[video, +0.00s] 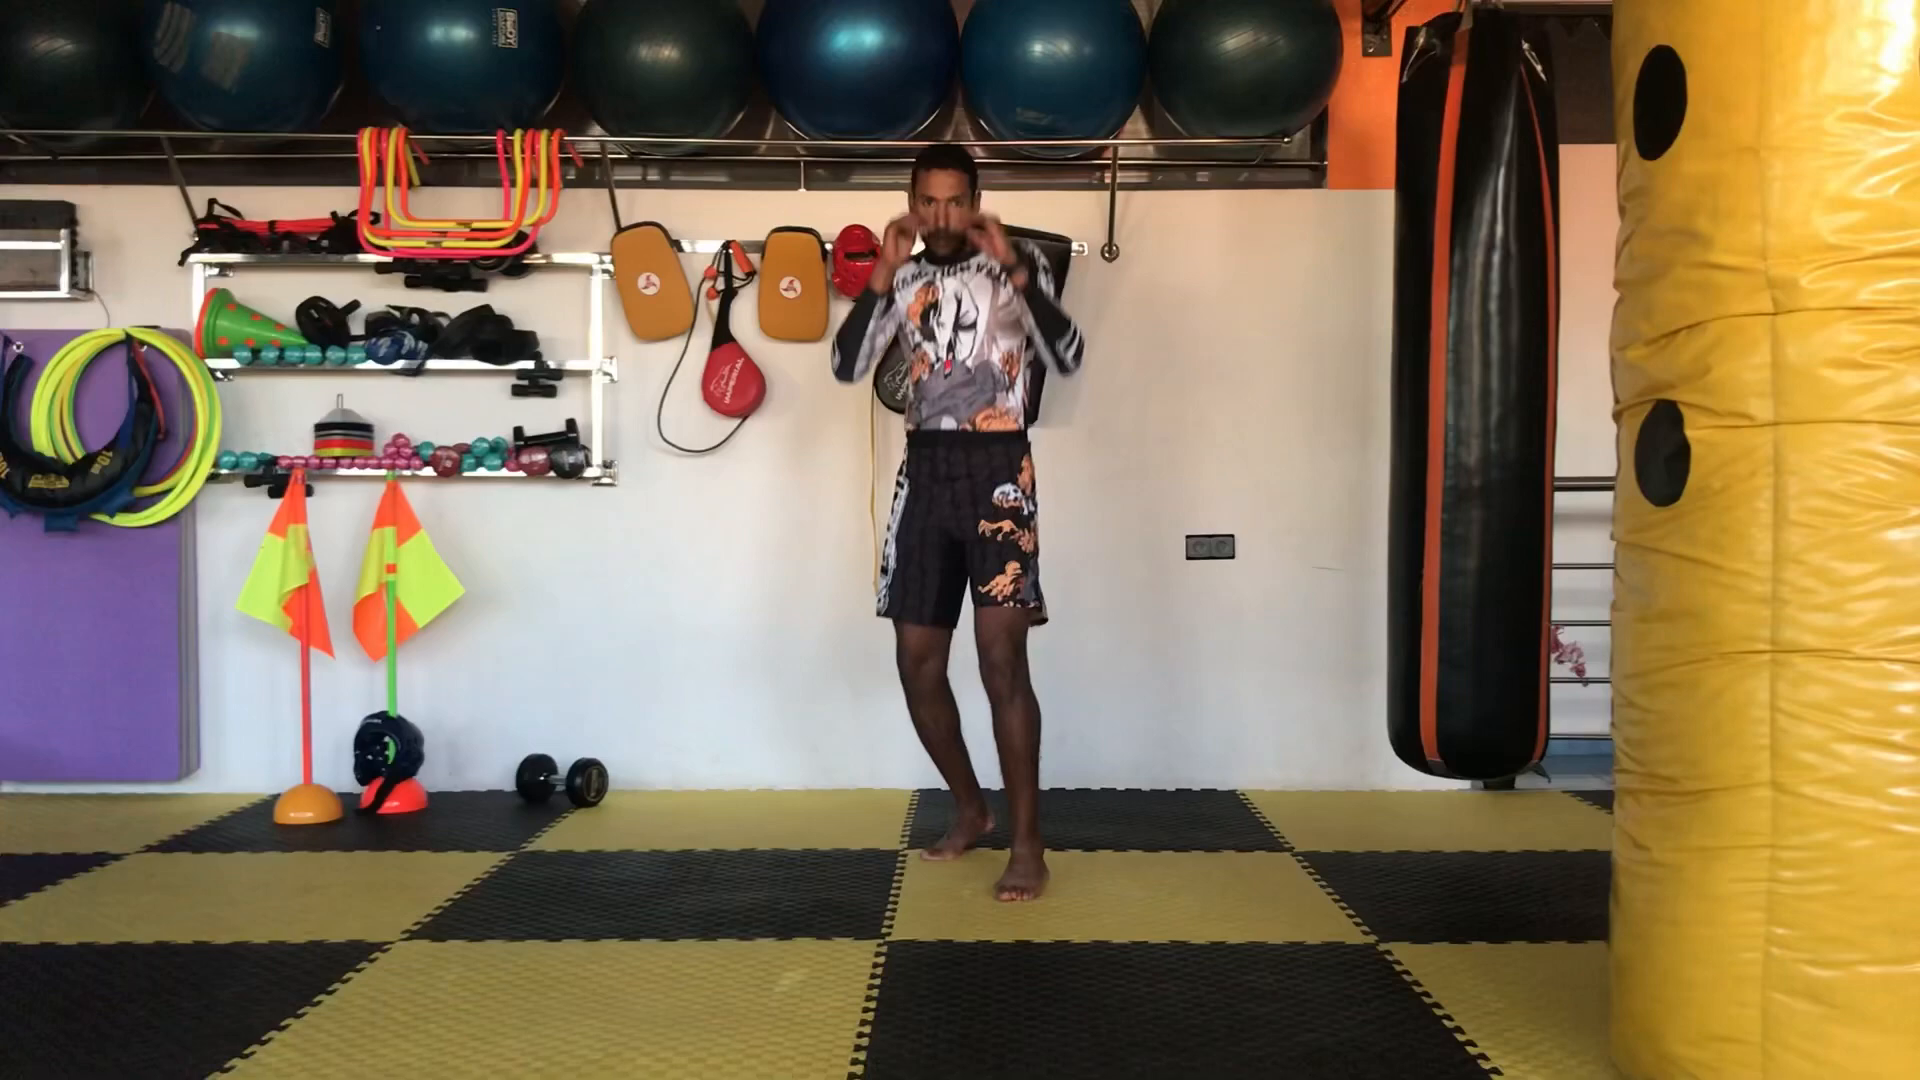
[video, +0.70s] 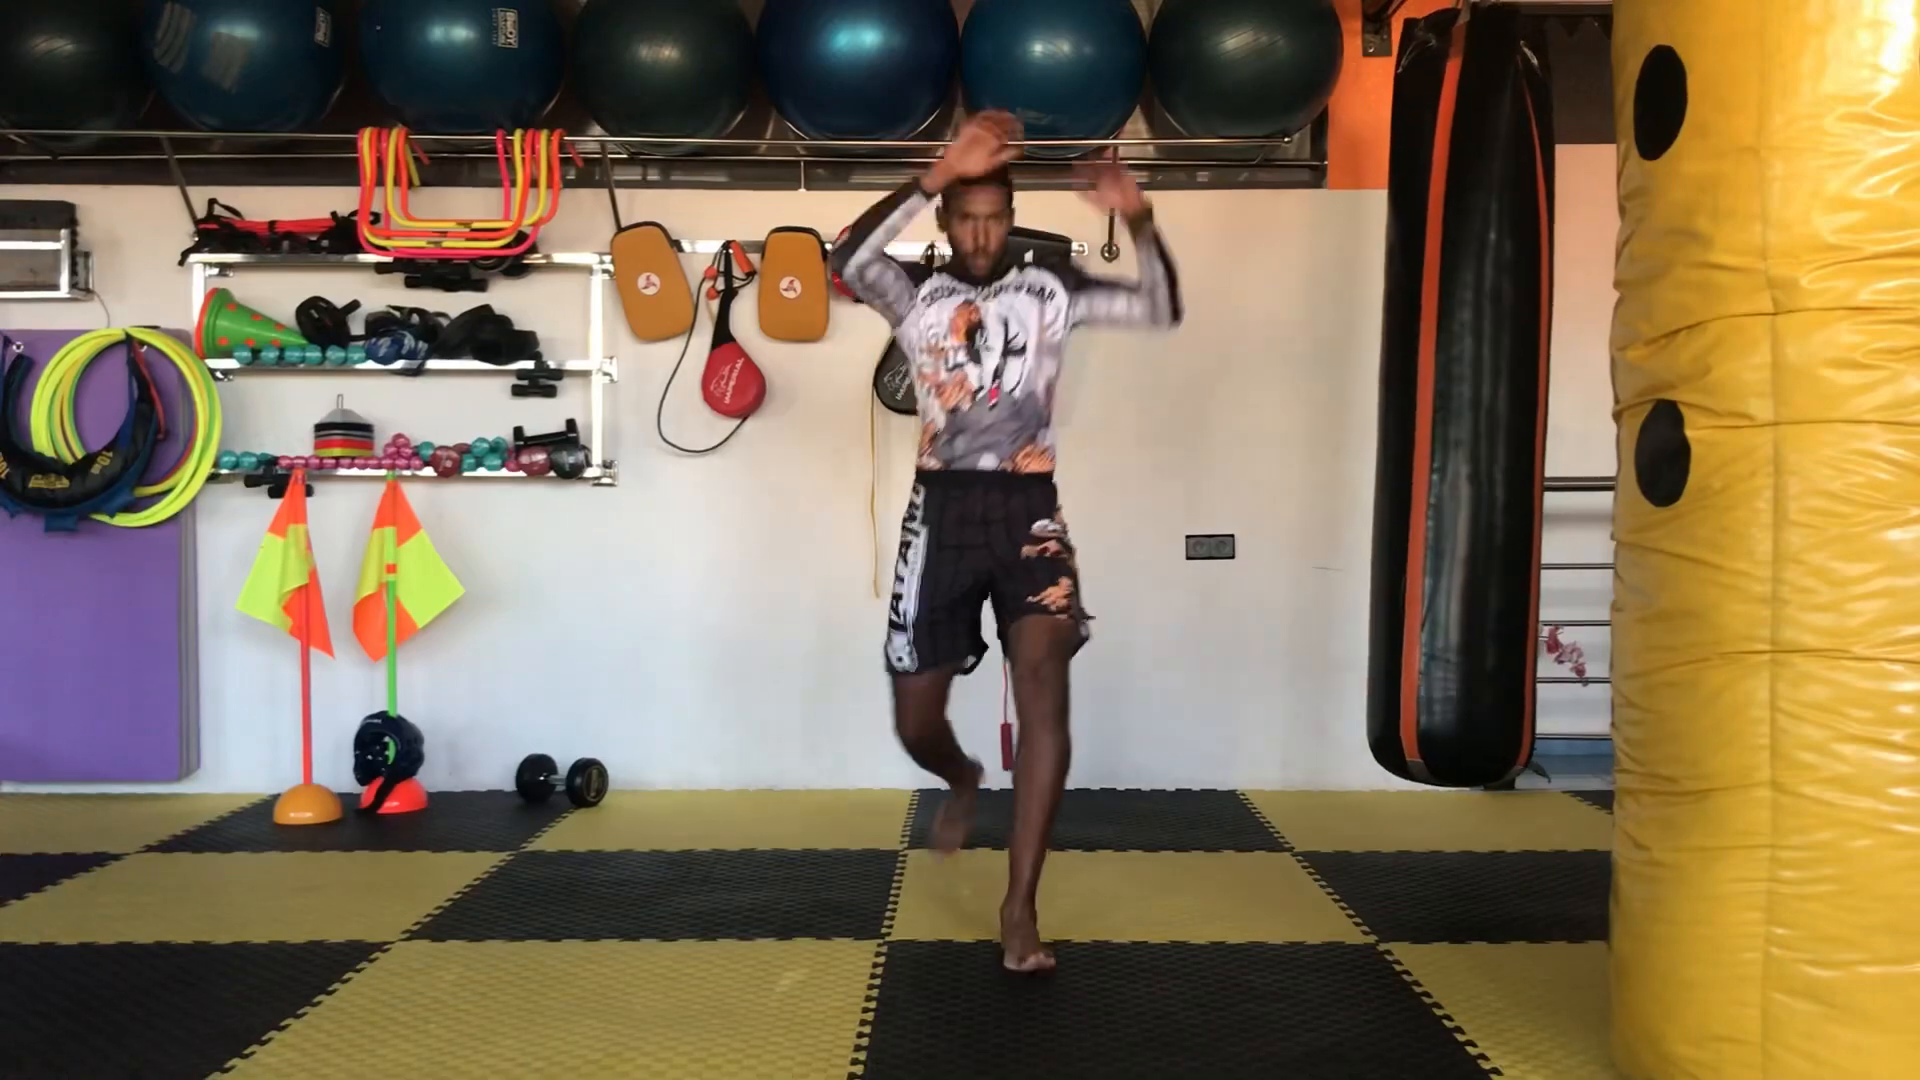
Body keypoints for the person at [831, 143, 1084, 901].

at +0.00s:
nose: (941, 213)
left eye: (955, 201)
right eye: (928, 200)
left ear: (977, 203)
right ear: (912, 205)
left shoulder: (1022, 266)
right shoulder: (901, 279)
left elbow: (1065, 358)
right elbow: (848, 364)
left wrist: (1014, 271)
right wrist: (881, 278)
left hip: (999, 475)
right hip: (926, 477)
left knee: (1001, 666)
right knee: (919, 664)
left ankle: (1026, 844)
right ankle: (969, 807)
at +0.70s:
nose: (979, 234)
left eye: (993, 218)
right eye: (965, 219)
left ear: (1015, 222)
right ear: (944, 223)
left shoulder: (1053, 290)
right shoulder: (914, 291)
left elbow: (1160, 309)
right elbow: (845, 267)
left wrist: (1136, 218)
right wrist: (933, 176)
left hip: (1025, 509)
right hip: (938, 511)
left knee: (1043, 688)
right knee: (917, 728)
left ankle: (1021, 907)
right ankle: (966, 779)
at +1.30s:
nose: (994, 219)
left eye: (1009, 204)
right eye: (979, 205)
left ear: (1032, 206)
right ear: (956, 210)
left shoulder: (1059, 260)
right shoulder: (940, 277)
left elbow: (1061, 211)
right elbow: (864, 346)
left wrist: (935, 211)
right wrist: (775, 399)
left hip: (1086, 435)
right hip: (1001, 410)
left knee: (1090, 678)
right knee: (962, 301)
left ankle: (1018, 888)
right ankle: (899, 532)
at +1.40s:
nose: (990, 191)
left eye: (1003, 178)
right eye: (975, 179)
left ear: (1023, 183)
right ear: (951, 188)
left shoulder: (1054, 250)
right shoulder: (934, 274)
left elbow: (1076, 230)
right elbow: (850, 342)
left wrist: (947, 204)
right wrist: (795, 339)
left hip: (1088, 434)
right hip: (1001, 415)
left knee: (1080, 682)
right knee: (960, 348)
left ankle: (1014, 895)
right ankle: (907, 566)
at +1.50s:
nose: (995, 171)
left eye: (1008, 158)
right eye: (978, 157)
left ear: (1026, 165)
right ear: (953, 169)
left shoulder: (1057, 234)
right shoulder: (934, 256)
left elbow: (1115, 246)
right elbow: (860, 340)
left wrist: (1010, 194)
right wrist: (845, 305)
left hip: (1079, 435)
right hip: (996, 417)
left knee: (1059, 686)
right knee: (960, 415)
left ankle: (998, 908)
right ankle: (911, 604)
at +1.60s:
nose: (1003, 152)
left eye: (1015, 136)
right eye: (985, 136)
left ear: (1033, 145)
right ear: (959, 147)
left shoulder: (1068, 231)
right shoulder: (933, 247)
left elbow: (1157, 280)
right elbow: (893, 374)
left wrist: (1088, 205)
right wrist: (880, 298)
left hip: (1066, 445)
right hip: (978, 429)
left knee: (1040, 685)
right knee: (951, 513)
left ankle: (992, 914)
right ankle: (913, 654)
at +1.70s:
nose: (1010, 144)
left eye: (1023, 129)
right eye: (994, 128)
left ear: (1041, 141)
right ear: (965, 141)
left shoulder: (1074, 230)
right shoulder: (931, 241)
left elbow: (1174, 321)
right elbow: (890, 361)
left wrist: (1156, 257)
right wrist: (940, 272)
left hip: (1060, 450)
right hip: (970, 441)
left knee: (1034, 686)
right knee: (924, 618)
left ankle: (992, 915)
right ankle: (928, 714)